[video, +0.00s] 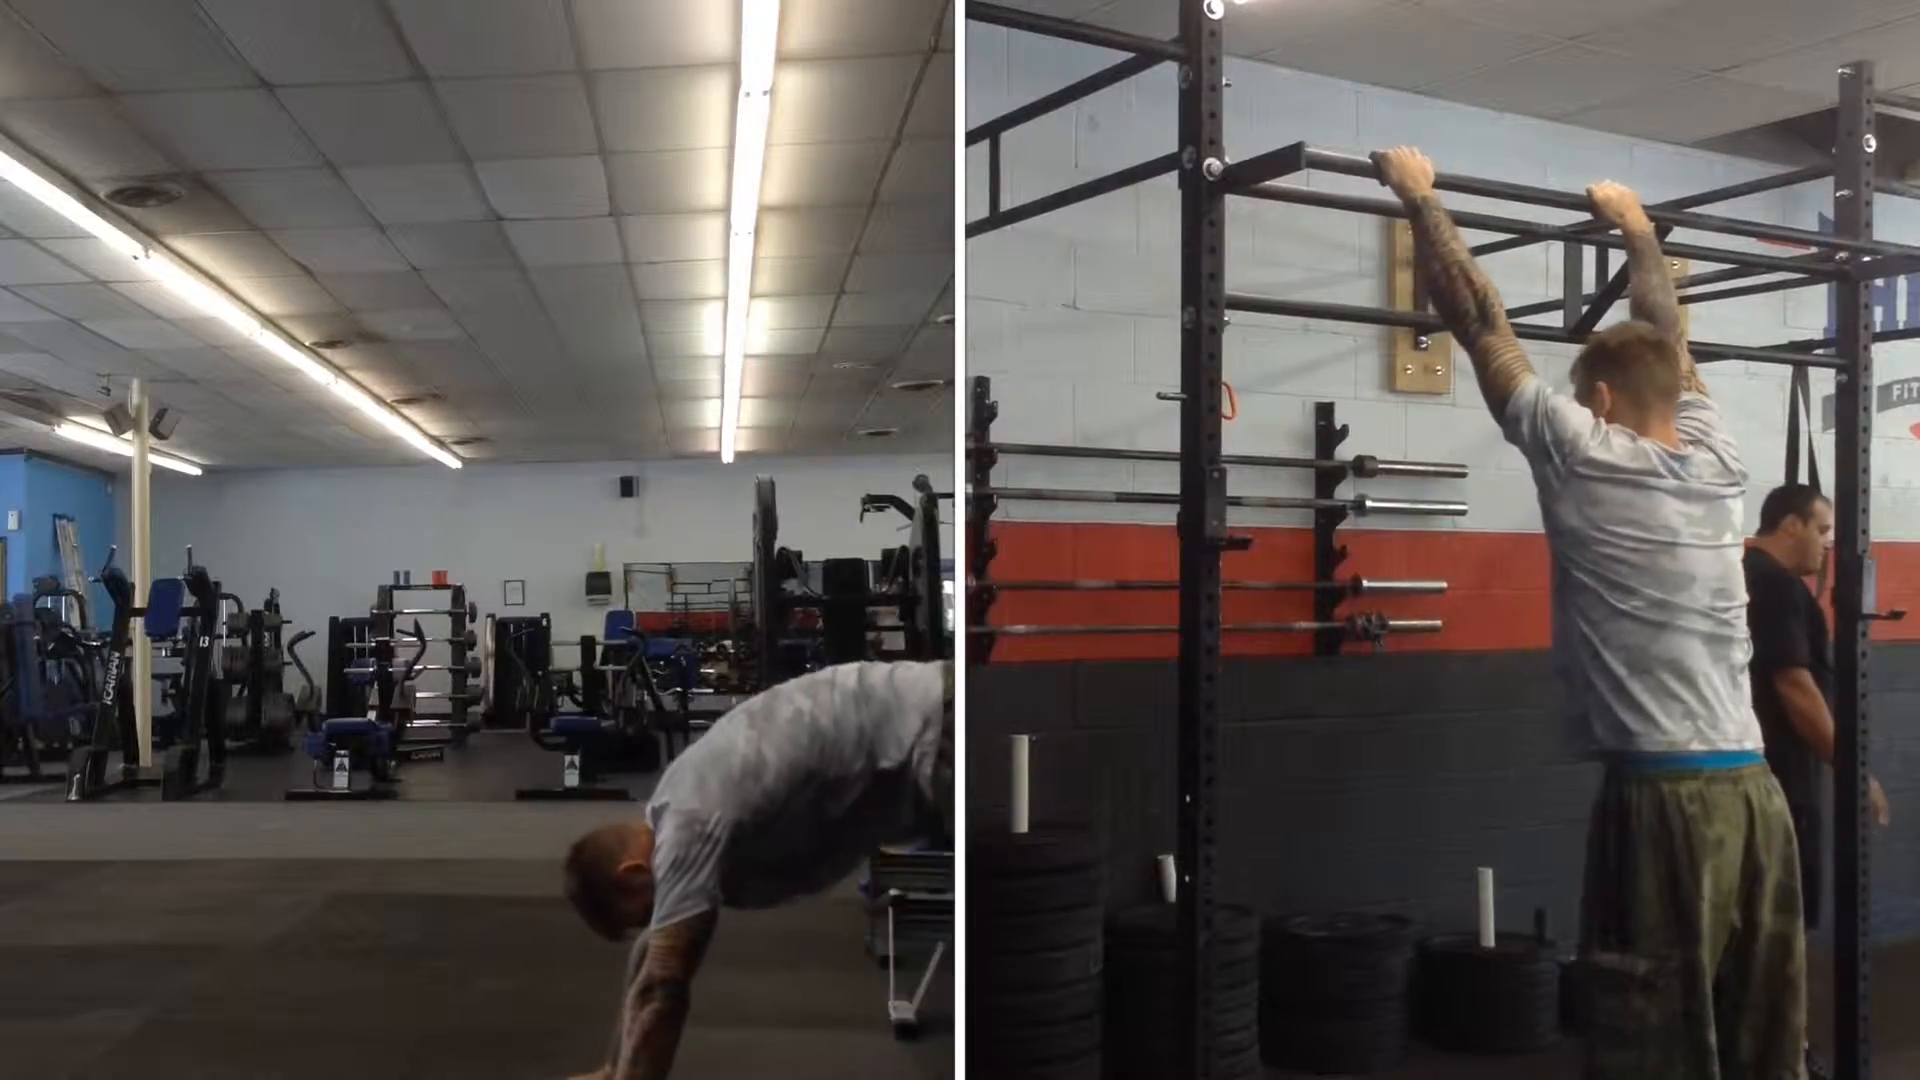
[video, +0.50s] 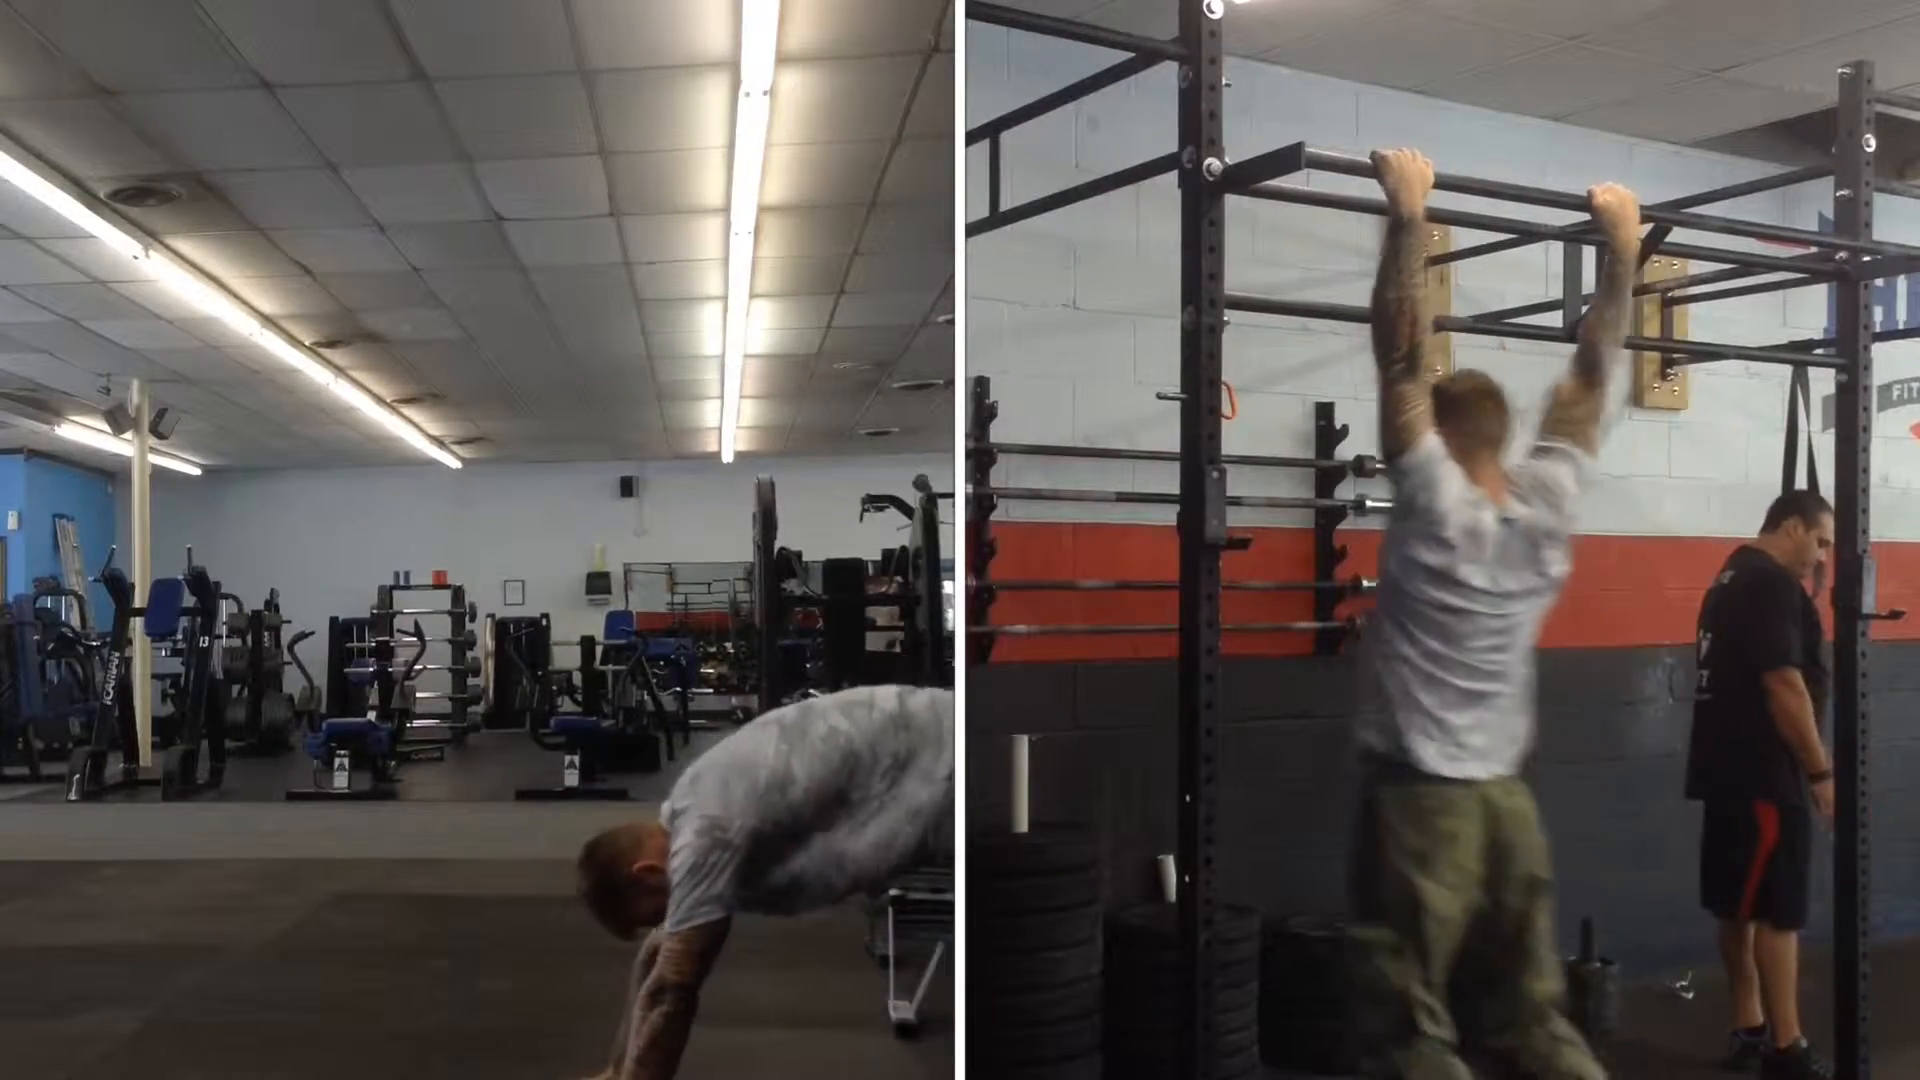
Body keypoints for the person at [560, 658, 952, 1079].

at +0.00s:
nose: (650, 919)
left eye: (638, 917)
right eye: (638, 924)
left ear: (633, 875)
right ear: (634, 859)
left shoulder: (691, 819)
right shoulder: (675, 812)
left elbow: (662, 989)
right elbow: (649, 965)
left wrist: (628, 1074)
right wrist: (614, 1068)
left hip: (947, 728)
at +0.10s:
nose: (655, 922)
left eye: (641, 921)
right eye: (643, 928)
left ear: (634, 881)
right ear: (635, 866)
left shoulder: (692, 821)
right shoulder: (675, 811)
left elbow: (661, 993)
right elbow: (648, 967)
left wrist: (627, 1074)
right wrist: (614, 1067)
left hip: (949, 729)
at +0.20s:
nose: (650, 919)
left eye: (638, 917)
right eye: (638, 925)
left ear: (633, 879)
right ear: (634, 862)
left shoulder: (687, 823)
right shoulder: (672, 809)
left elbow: (659, 991)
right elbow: (648, 963)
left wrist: (626, 1074)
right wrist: (613, 1065)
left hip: (945, 719)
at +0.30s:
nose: (647, 923)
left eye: (636, 919)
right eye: (636, 927)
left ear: (632, 879)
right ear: (633, 861)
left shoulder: (685, 820)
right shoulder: (674, 806)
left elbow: (657, 991)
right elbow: (649, 971)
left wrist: (626, 1073)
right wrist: (615, 1067)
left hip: (952, 728)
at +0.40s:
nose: (649, 926)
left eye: (639, 921)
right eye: (639, 927)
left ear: (636, 879)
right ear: (638, 861)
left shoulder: (691, 817)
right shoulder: (680, 815)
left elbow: (661, 991)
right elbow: (654, 978)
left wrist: (628, 1071)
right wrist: (621, 1069)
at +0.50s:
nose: (666, 922)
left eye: (654, 917)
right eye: (652, 926)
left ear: (649, 874)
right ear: (650, 861)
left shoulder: (707, 826)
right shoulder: (692, 814)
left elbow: (672, 995)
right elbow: (657, 956)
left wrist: (632, 1071)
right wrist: (621, 1066)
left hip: (961, 756)